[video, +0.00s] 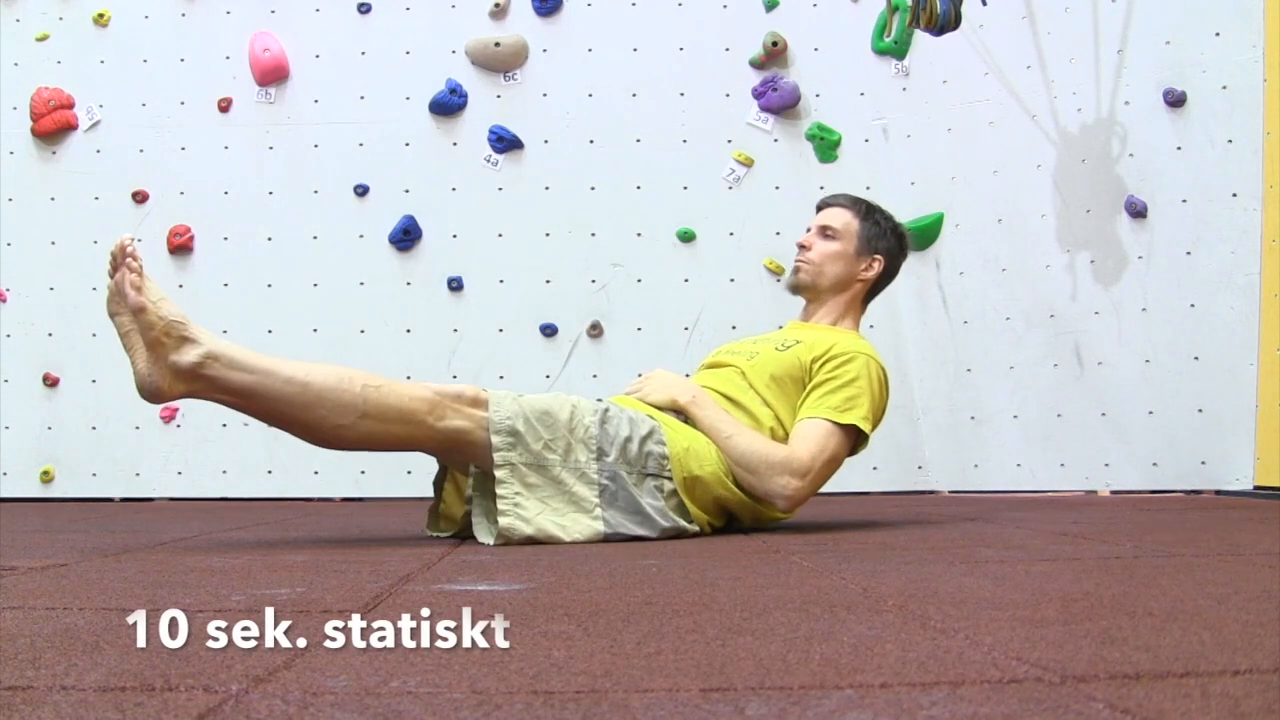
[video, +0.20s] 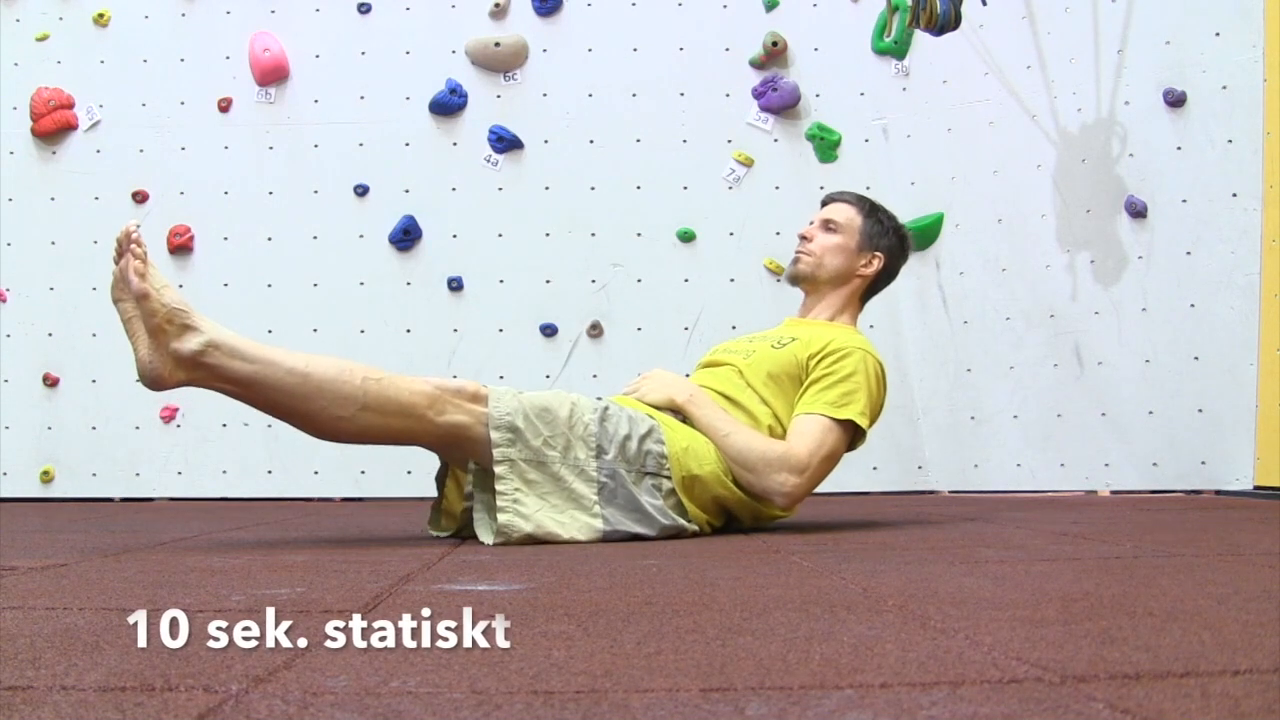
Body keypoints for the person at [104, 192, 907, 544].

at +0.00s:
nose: (803, 241)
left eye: (825, 235)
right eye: (809, 230)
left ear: (870, 266)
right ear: (822, 260)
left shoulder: (849, 355)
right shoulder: (780, 344)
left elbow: (788, 481)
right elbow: (743, 449)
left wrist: (690, 396)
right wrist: (666, 401)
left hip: (658, 462)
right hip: (636, 446)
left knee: (449, 412)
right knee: (437, 410)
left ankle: (191, 365)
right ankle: (190, 362)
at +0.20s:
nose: (804, 236)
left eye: (827, 229)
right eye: (810, 225)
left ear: (872, 263)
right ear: (822, 255)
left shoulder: (847, 353)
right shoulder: (778, 342)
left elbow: (787, 477)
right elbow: (738, 447)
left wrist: (686, 396)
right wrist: (665, 401)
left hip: (662, 464)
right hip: (637, 448)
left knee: (449, 408)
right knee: (439, 406)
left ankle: (194, 350)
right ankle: (190, 353)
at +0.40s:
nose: (804, 241)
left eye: (825, 235)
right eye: (809, 231)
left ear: (871, 265)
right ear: (822, 260)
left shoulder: (850, 354)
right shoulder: (780, 345)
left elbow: (785, 477)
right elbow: (740, 449)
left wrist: (684, 396)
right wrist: (666, 404)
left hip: (659, 464)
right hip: (635, 450)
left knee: (447, 410)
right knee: (436, 408)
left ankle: (189, 358)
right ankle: (188, 355)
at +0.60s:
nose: (810, 252)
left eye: (832, 244)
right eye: (813, 240)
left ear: (877, 270)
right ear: (821, 262)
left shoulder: (851, 358)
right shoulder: (788, 348)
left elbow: (790, 483)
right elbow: (751, 457)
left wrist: (691, 398)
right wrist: (668, 405)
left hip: (658, 461)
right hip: (635, 448)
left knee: (447, 415)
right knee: (435, 414)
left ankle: (189, 372)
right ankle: (188, 372)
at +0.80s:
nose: (812, 251)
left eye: (834, 244)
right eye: (816, 239)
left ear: (878, 271)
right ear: (824, 262)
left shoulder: (851, 358)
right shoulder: (792, 348)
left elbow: (789, 482)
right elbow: (749, 455)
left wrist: (690, 398)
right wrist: (670, 406)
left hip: (661, 460)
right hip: (639, 448)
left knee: (445, 417)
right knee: (434, 419)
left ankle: (186, 378)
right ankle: (184, 381)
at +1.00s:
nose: (814, 250)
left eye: (835, 244)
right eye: (818, 239)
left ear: (879, 273)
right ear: (827, 263)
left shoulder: (853, 359)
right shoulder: (793, 349)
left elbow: (788, 483)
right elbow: (743, 453)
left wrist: (690, 397)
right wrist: (667, 402)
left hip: (661, 461)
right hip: (639, 448)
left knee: (441, 420)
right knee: (430, 421)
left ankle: (182, 383)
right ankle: (181, 385)